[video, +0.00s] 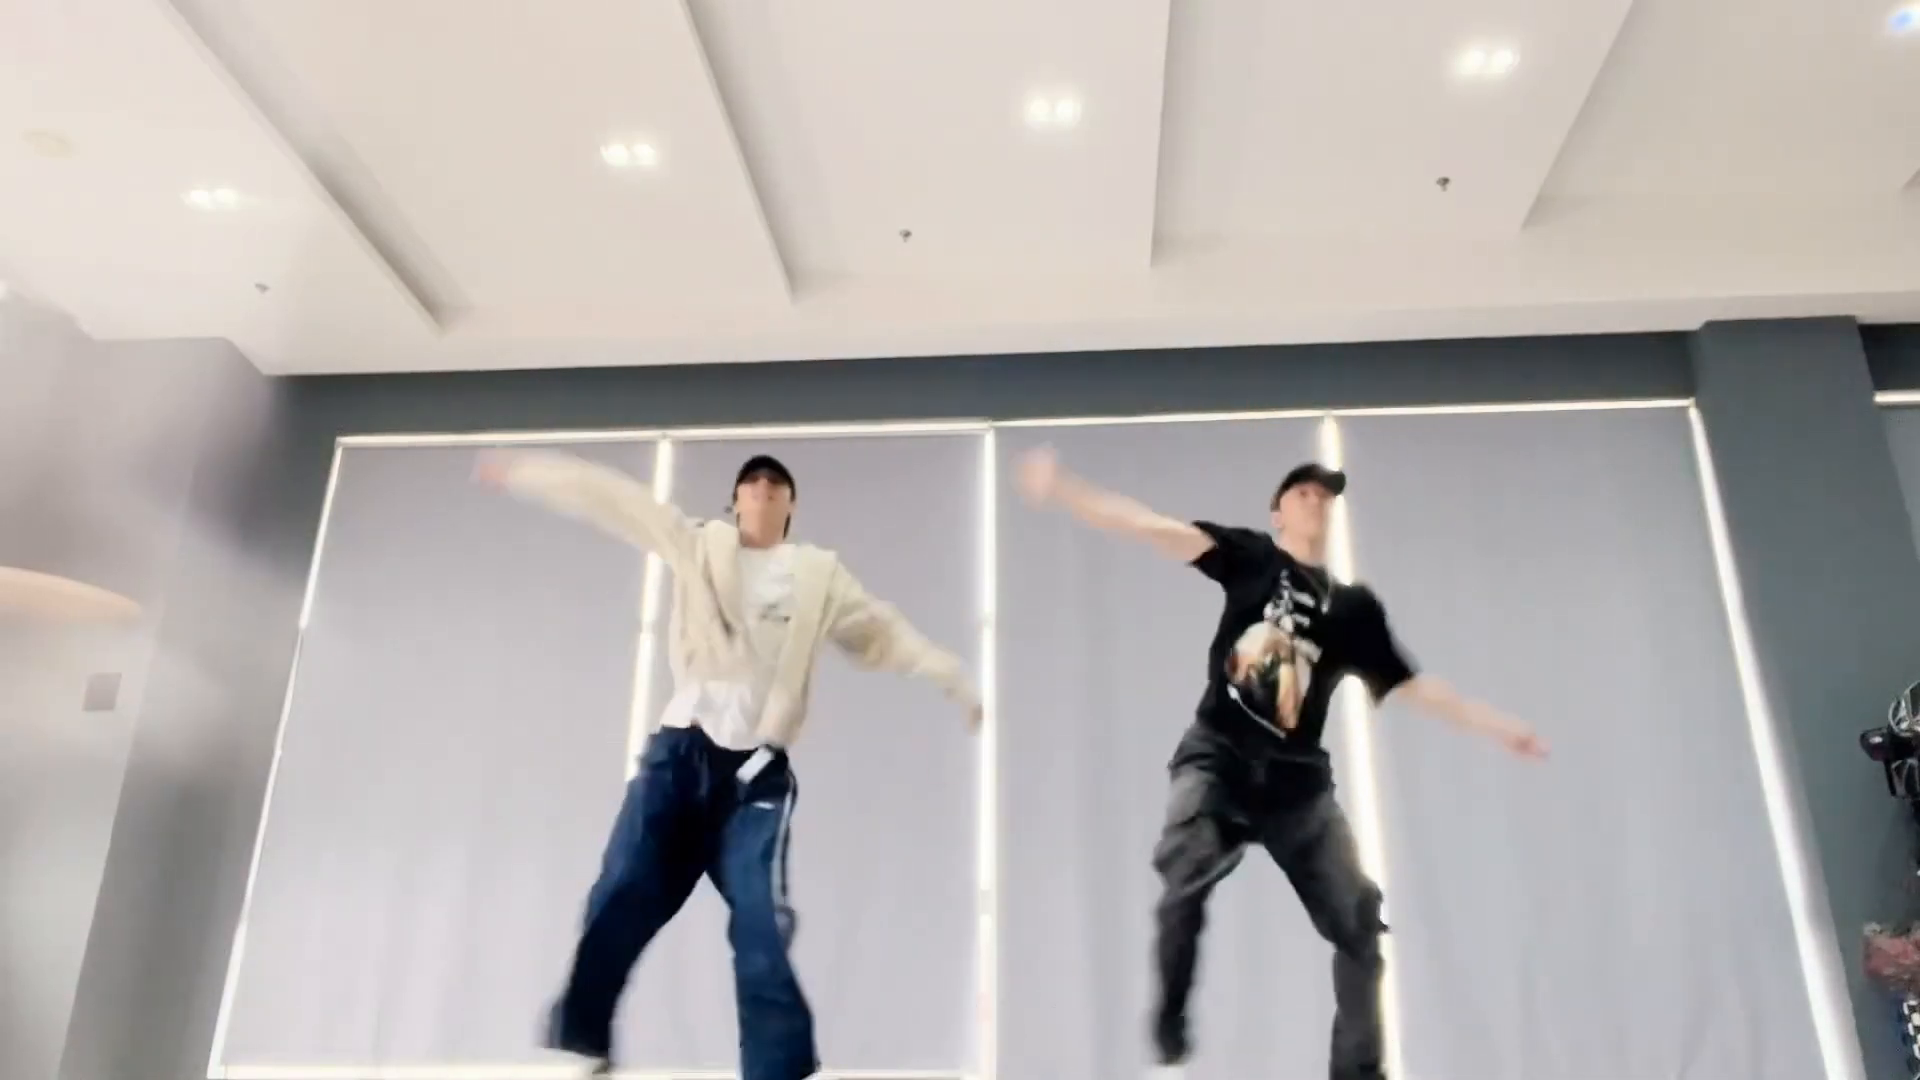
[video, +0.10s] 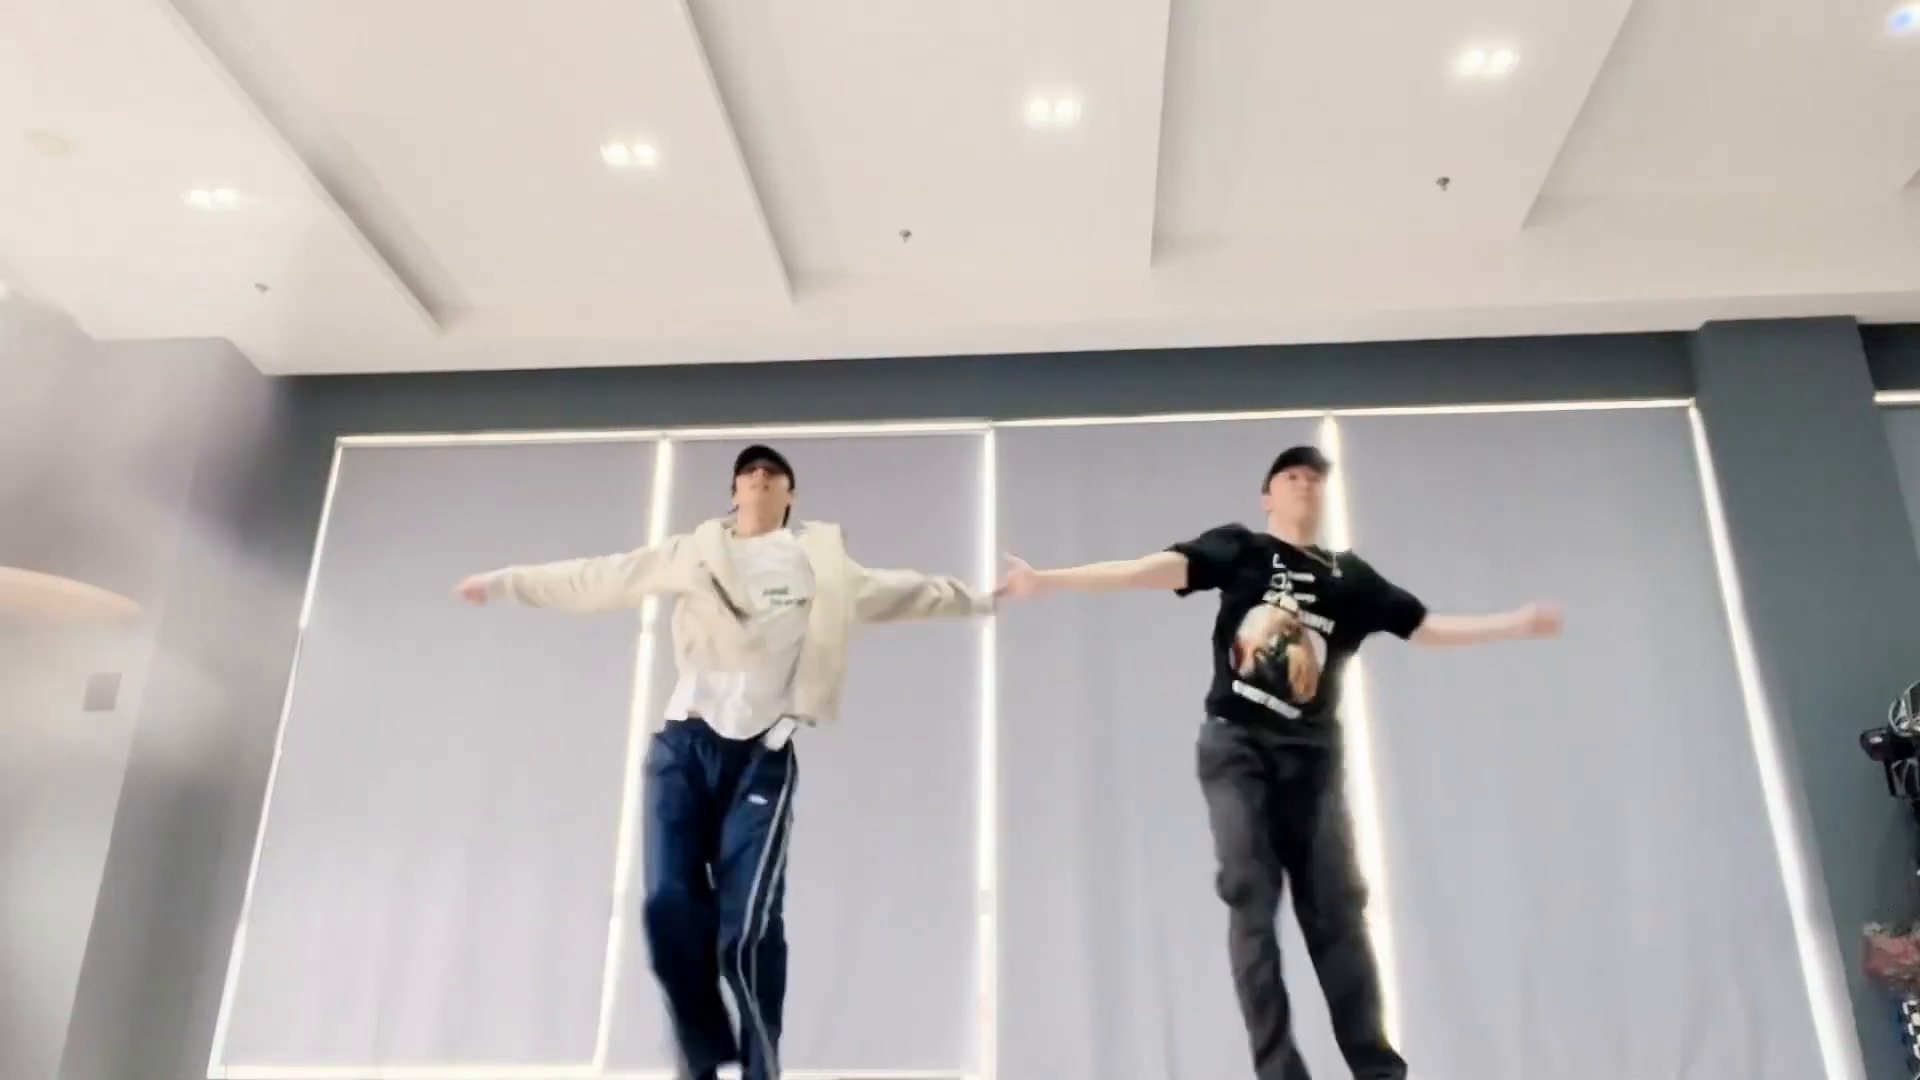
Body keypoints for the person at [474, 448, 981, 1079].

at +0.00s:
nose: (757, 492)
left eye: (770, 486)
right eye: (749, 485)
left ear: (790, 510)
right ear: (733, 503)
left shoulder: (819, 573)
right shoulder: (697, 542)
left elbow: (884, 635)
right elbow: (610, 496)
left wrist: (959, 681)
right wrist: (520, 470)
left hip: (758, 772)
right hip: (679, 755)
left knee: (761, 925)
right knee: (623, 894)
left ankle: (782, 1071)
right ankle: (577, 1047)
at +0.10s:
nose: (755, 483)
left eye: (768, 477)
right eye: (746, 477)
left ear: (789, 498)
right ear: (731, 495)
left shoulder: (821, 563)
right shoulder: (694, 551)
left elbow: (904, 594)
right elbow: (600, 577)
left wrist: (990, 593)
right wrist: (506, 583)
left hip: (763, 755)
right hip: (683, 744)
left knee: (747, 921)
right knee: (668, 904)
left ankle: (759, 1069)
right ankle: (704, 1064)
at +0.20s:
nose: (754, 486)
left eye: (767, 481)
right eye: (744, 479)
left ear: (785, 504)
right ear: (726, 501)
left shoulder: (811, 560)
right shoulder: (688, 557)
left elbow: (883, 606)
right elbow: (602, 586)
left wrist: (936, 543)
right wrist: (526, 550)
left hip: (777, 751)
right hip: (696, 746)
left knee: (768, 917)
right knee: (683, 916)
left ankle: (753, 1066)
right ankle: (704, 1063)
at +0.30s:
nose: (750, 519)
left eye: (763, 512)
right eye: (738, 511)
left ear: (779, 532)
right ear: (722, 530)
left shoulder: (812, 589)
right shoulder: (689, 585)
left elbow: (901, 578)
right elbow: (594, 567)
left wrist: (843, 557)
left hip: (780, 784)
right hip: (697, 779)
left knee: (786, 940)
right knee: (672, 944)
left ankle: (752, 1070)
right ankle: (709, 1067)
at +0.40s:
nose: (746, 531)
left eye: (759, 525)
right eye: (735, 525)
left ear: (777, 546)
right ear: (720, 546)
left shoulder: (814, 604)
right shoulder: (682, 598)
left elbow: (902, 589)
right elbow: (597, 580)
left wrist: (844, 570)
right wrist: (647, 557)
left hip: (781, 808)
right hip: (694, 806)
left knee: (803, 951)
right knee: (661, 957)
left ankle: (758, 1071)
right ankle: (704, 1069)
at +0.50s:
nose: (748, 490)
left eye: (761, 483)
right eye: (737, 483)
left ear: (779, 505)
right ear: (722, 504)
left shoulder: (815, 561)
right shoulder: (686, 565)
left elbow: (883, 621)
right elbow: (635, 638)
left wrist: (867, 636)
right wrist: (614, 640)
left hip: (781, 777)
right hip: (697, 777)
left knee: (787, 933)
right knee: (676, 930)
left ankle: (757, 1069)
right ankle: (702, 1067)